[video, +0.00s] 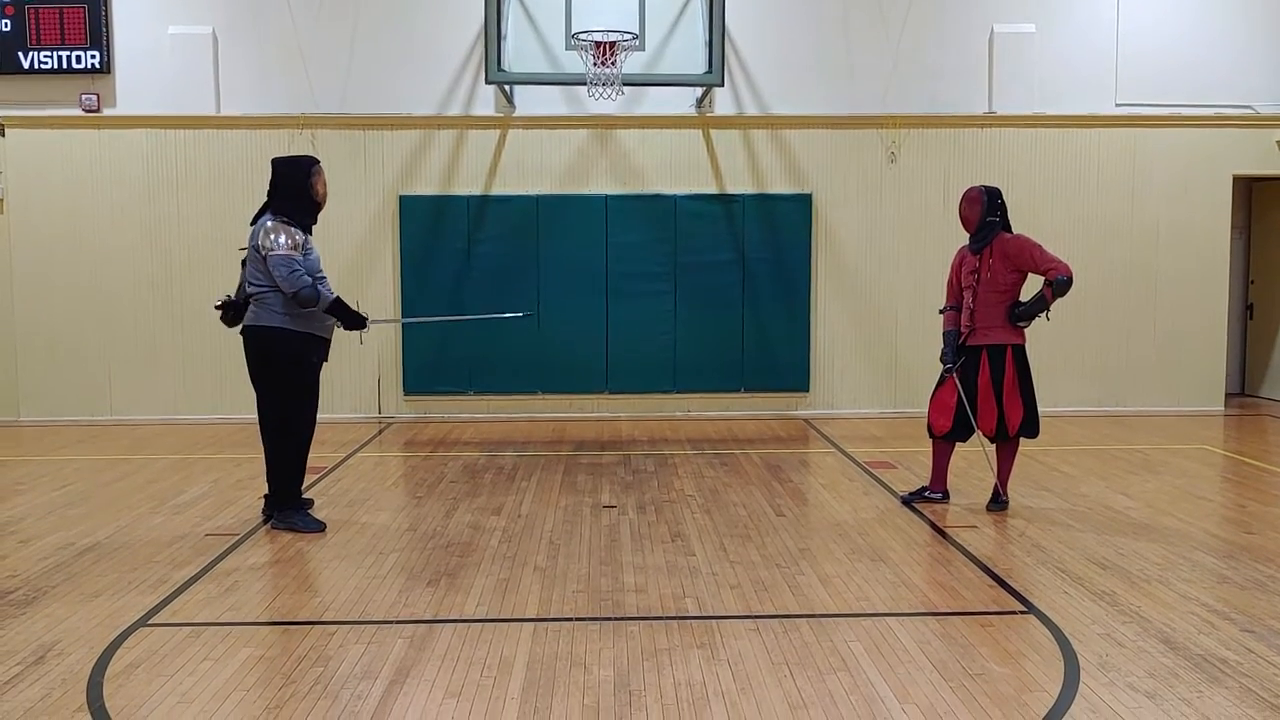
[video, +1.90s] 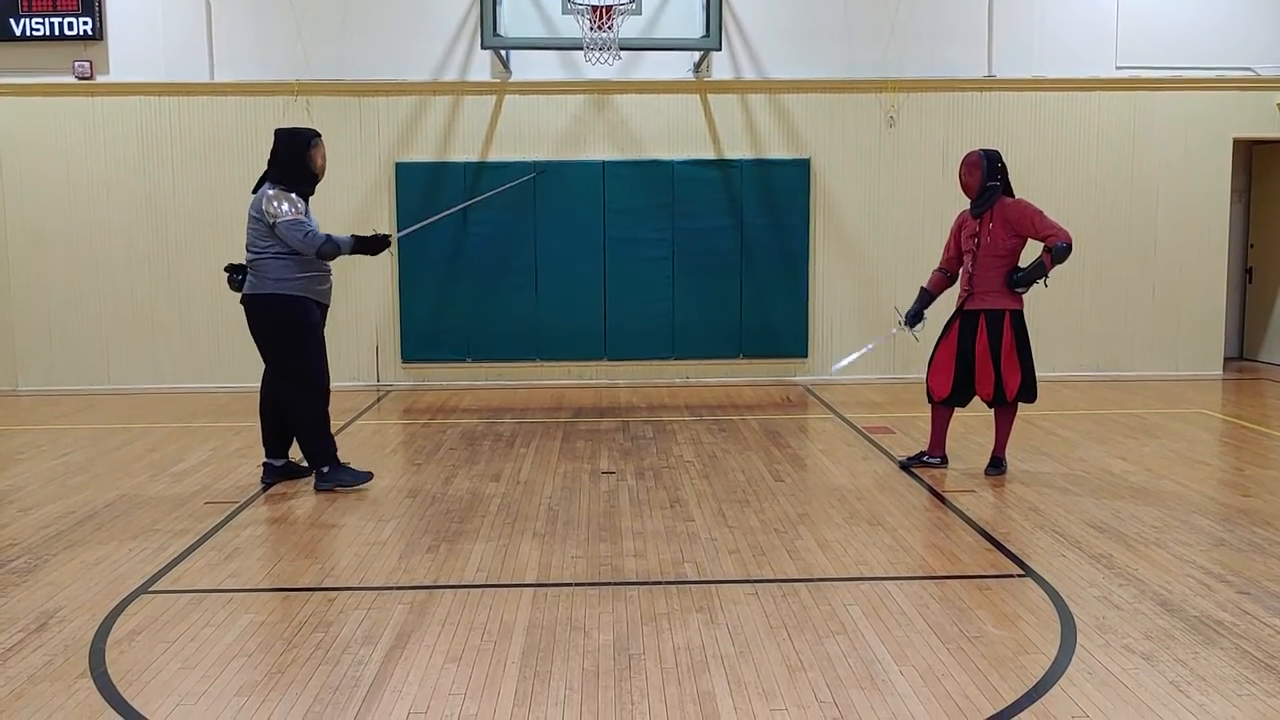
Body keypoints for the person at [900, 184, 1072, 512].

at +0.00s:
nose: (962, 216)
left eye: (967, 208)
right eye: (961, 209)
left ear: (987, 210)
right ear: (971, 211)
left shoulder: (1013, 244)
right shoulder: (964, 255)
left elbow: (1061, 275)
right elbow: (953, 304)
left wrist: (1032, 308)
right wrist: (949, 343)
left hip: (1004, 347)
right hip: (967, 348)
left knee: (1007, 417)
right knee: (944, 411)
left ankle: (1000, 490)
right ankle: (937, 486)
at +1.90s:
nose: (962, 181)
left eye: (968, 174)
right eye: (961, 174)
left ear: (989, 175)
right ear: (969, 177)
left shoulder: (1013, 209)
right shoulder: (965, 219)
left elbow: (1061, 242)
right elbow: (947, 268)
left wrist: (1030, 273)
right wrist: (920, 303)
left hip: (1003, 311)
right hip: (966, 312)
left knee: (1004, 383)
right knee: (942, 375)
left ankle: (998, 456)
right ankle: (935, 451)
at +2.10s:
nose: (966, 179)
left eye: (972, 172)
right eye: (964, 173)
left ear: (993, 173)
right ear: (964, 176)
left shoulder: (1017, 208)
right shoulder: (966, 216)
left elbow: (1064, 240)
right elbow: (933, 253)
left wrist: (1034, 271)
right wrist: (893, 268)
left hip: (1004, 309)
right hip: (967, 309)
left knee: (1004, 380)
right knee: (944, 373)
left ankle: (998, 454)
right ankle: (935, 449)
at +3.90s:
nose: (981, 168)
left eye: (986, 161)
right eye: (980, 161)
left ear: (1007, 162)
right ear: (987, 163)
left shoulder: (1033, 199)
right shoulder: (977, 204)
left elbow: (1079, 232)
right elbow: (937, 231)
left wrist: (1045, 262)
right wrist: (894, 239)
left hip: (1013, 300)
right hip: (975, 298)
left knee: (1013, 371)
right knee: (950, 363)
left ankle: (1006, 444)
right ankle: (943, 440)